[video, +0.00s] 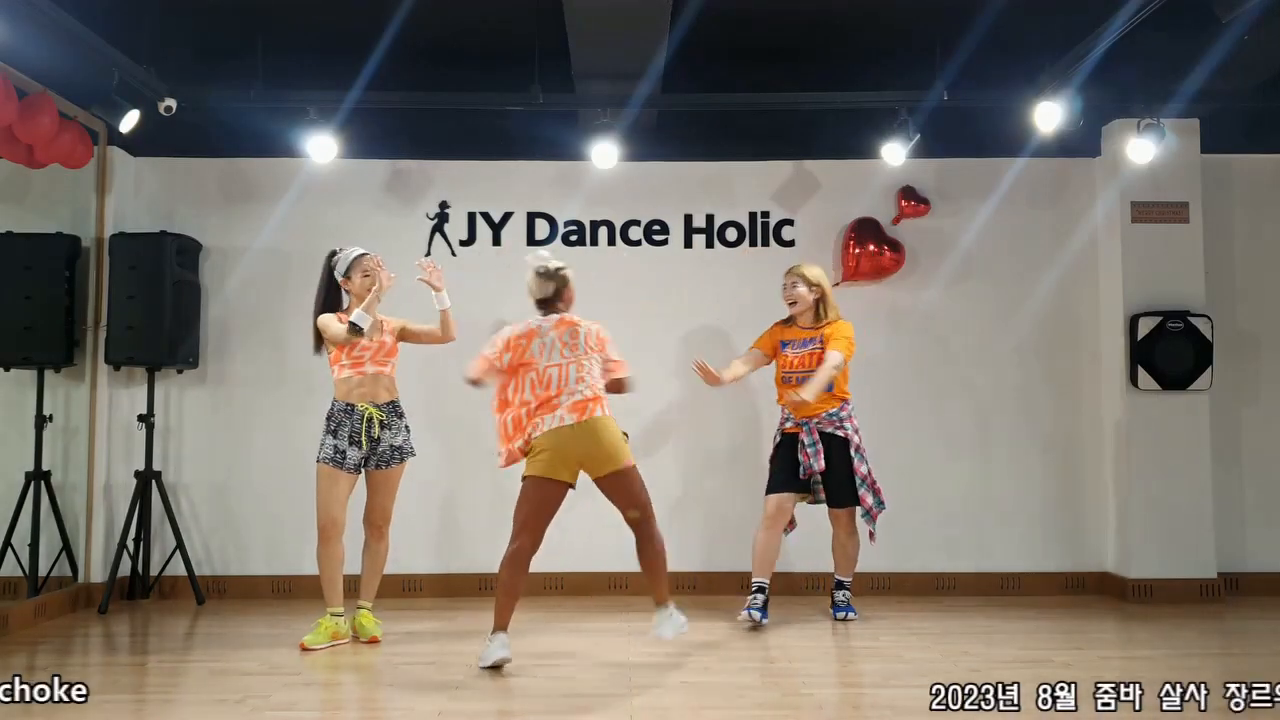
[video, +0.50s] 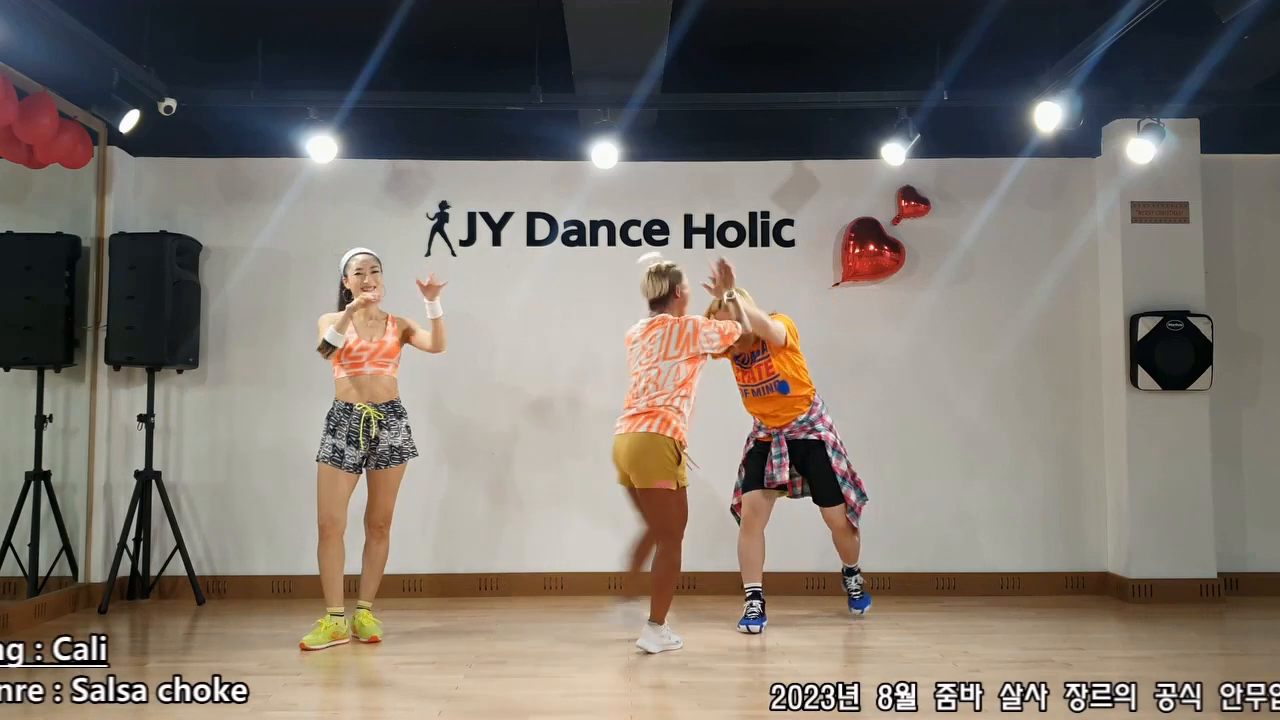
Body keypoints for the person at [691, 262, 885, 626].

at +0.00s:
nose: (789, 293)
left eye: (796, 286)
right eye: (785, 288)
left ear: (816, 291)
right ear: (784, 296)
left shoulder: (838, 328)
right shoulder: (779, 333)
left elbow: (831, 364)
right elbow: (749, 360)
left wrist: (809, 391)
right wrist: (723, 376)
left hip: (833, 431)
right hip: (791, 432)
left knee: (843, 519)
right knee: (775, 510)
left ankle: (842, 594)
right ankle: (758, 597)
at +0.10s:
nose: (772, 296)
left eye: (778, 289)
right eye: (768, 291)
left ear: (800, 293)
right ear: (766, 297)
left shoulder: (824, 328)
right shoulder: (762, 337)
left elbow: (815, 360)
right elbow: (726, 362)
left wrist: (776, 366)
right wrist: (700, 357)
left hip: (828, 433)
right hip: (785, 436)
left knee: (841, 519)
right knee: (771, 511)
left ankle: (842, 593)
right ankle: (756, 601)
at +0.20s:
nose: (751, 299)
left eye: (758, 292)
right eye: (746, 294)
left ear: (780, 297)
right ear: (743, 303)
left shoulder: (805, 327)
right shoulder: (745, 341)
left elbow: (798, 357)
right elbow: (706, 364)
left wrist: (752, 332)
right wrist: (692, 335)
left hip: (819, 433)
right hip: (776, 436)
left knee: (838, 519)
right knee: (763, 513)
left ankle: (842, 592)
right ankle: (755, 603)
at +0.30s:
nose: (730, 308)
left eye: (737, 300)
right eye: (728, 302)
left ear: (758, 303)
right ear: (726, 308)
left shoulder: (789, 324)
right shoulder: (735, 340)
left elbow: (782, 350)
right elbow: (715, 357)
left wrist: (739, 318)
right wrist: (686, 326)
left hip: (812, 431)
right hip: (769, 436)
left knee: (838, 520)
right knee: (755, 513)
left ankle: (843, 588)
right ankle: (754, 603)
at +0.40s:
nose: (729, 323)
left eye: (733, 316)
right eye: (723, 319)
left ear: (748, 312)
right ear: (720, 321)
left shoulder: (780, 325)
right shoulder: (729, 344)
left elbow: (776, 347)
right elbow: (701, 349)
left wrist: (740, 315)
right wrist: (705, 322)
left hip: (809, 430)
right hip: (766, 435)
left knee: (838, 518)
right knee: (752, 510)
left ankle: (847, 580)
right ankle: (754, 600)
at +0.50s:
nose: (737, 343)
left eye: (739, 332)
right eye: (729, 336)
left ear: (750, 321)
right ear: (720, 334)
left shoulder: (781, 329)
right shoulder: (729, 346)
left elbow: (763, 327)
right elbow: (697, 347)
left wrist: (734, 293)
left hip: (809, 433)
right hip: (766, 438)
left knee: (839, 520)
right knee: (751, 513)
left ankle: (852, 576)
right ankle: (754, 601)